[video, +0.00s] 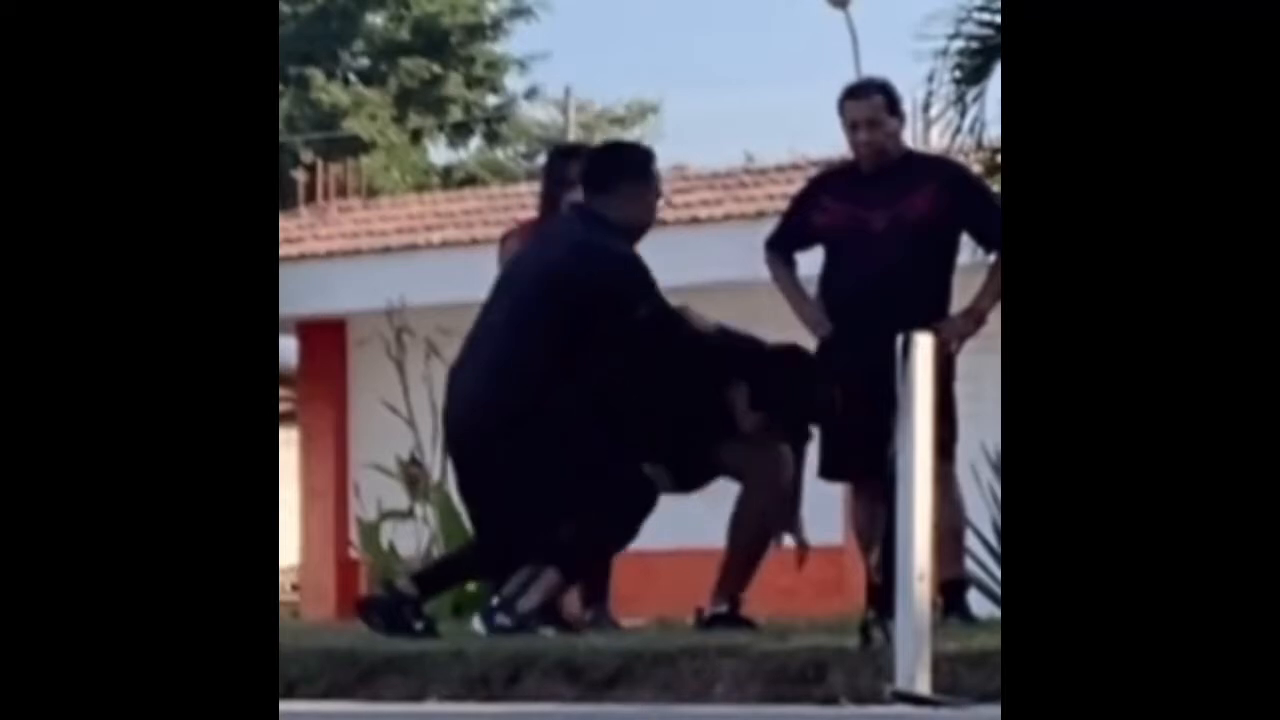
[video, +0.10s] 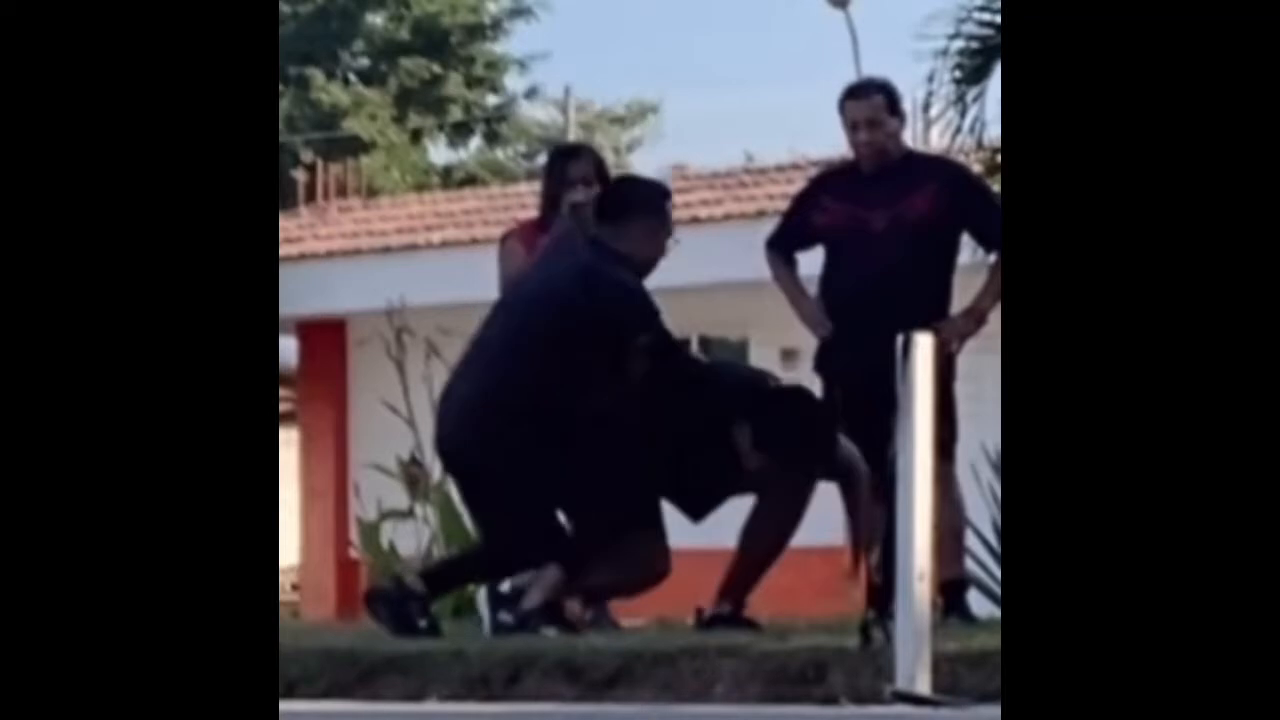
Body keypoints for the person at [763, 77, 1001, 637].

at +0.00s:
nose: (863, 138)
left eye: (873, 125)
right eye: (853, 127)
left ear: (899, 123)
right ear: (842, 132)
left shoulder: (943, 180)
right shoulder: (829, 188)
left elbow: (1001, 244)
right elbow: (777, 252)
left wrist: (973, 316)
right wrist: (815, 321)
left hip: (923, 348)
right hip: (851, 348)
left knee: (934, 472)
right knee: (865, 480)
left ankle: (951, 590)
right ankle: (878, 599)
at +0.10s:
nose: (863, 137)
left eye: (874, 125)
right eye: (853, 127)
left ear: (899, 123)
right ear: (843, 131)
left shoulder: (944, 180)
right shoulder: (830, 188)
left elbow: (1001, 245)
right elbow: (777, 251)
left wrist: (973, 316)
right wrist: (816, 321)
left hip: (922, 350)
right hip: (850, 349)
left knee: (933, 472)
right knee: (865, 477)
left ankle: (952, 591)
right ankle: (879, 598)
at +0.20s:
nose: (864, 137)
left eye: (874, 125)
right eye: (854, 127)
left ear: (900, 123)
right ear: (844, 132)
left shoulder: (945, 180)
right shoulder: (831, 188)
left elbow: (1001, 245)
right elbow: (778, 251)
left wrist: (973, 316)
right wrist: (815, 319)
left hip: (923, 350)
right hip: (851, 350)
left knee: (934, 473)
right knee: (865, 480)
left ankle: (952, 591)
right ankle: (878, 598)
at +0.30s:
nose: (864, 138)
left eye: (875, 125)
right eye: (854, 127)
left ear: (900, 124)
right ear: (844, 131)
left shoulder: (946, 180)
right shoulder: (831, 188)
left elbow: (1002, 246)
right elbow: (778, 251)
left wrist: (973, 318)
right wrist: (816, 321)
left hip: (923, 351)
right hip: (851, 350)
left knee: (933, 473)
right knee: (858, 479)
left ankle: (952, 593)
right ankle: (879, 600)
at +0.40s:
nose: (865, 138)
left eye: (875, 126)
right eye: (855, 128)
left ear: (901, 124)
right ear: (845, 132)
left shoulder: (946, 181)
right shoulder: (831, 188)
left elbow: (1002, 246)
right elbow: (778, 251)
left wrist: (973, 318)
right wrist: (815, 319)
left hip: (923, 352)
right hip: (850, 351)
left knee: (933, 473)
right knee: (858, 480)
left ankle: (952, 592)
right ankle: (880, 597)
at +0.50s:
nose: (866, 138)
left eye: (876, 126)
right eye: (856, 128)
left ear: (902, 124)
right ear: (846, 132)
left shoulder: (947, 180)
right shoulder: (832, 188)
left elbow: (1002, 246)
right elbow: (778, 250)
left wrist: (974, 317)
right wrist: (814, 317)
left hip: (924, 353)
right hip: (852, 353)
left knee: (934, 476)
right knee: (866, 484)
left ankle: (952, 595)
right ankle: (878, 601)